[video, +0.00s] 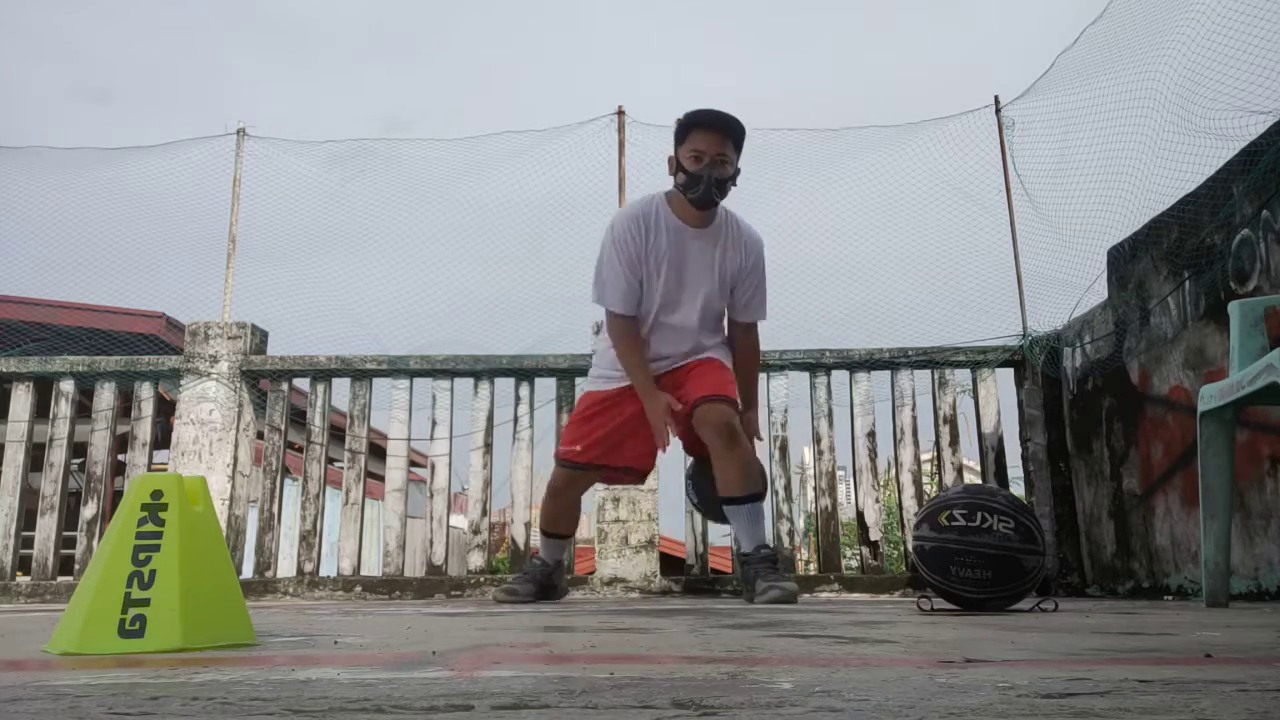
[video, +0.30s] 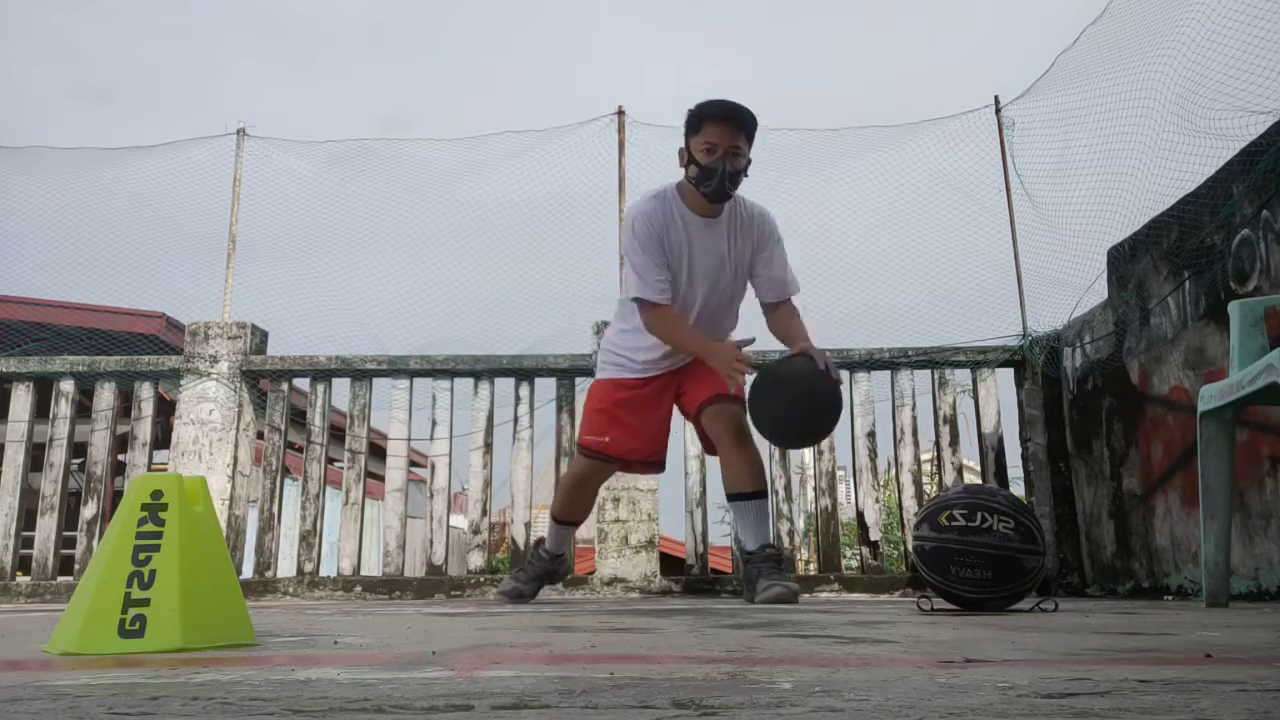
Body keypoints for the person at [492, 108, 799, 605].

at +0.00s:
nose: (707, 172)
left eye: (721, 163)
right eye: (696, 158)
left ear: (735, 172)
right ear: (674, 162)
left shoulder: (744, 244)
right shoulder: (632, 227)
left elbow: (745, 333)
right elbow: (620, 321)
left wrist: (750, 411)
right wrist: (648, 392)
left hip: (697, 360)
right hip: (624, 363)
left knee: (722, 421)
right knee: (567, 474)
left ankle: (758, 563)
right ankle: (548, 569)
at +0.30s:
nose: (720, 165)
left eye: (734, 155)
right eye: (710, 152)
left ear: (747, 162)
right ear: (686, 152)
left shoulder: (755, 225)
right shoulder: (647, 217)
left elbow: (779, 305)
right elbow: (654, 313)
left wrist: (805, 351)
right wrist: (711, 350)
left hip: (705, 356)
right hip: (633, 359)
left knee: (731, 425)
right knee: (591, 463)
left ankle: (761, 563)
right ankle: (550, 556)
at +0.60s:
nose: (650, 167)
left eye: (665, 156)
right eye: (640, 154)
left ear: (683, 163)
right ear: (623, 155)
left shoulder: (707, 230)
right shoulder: (592, 223)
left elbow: (726, 317)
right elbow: (557, 295)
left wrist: (700, 363)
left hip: (684, 360)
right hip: (610, 366)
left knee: (703, 429)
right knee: (553, 450)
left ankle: (756, 561)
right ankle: (549, 568)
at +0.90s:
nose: (688, 163)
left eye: (700, 153)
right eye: (677, 151)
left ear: (716, 163)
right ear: (657, 156)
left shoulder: (730, 237)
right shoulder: (615, 221)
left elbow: (734, 327)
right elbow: (606, 313)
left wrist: (741, 409)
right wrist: (633, 387)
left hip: (685, 356)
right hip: (611, 359)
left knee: (711, 422)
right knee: (557, 464)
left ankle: (755, 563)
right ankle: (548, 568)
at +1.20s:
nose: (731, 174)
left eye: (743, 164)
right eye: (719, 160)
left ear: (756, 170)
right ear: (695, 160)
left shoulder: (758, 236)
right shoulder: (653, 221)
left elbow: (791, 303)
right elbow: (646, 317)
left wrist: (842, 338)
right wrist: (709, 353)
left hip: (697, 359)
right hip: (627, 361)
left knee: (727, 424)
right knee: (592, 465)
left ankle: (759, 563)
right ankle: (549, 554)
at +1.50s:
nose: (659, 165)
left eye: (674, 154)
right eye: (648, 151)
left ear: (691, 161)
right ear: (630, 155)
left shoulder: (709, 227)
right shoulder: (598, 223)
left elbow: (708, 316)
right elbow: (577, 313)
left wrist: (689, 379)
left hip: (681, 362)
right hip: (607, 366)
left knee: (710, 426)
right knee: (556, 448)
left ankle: (758, 561)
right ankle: (541, 568)